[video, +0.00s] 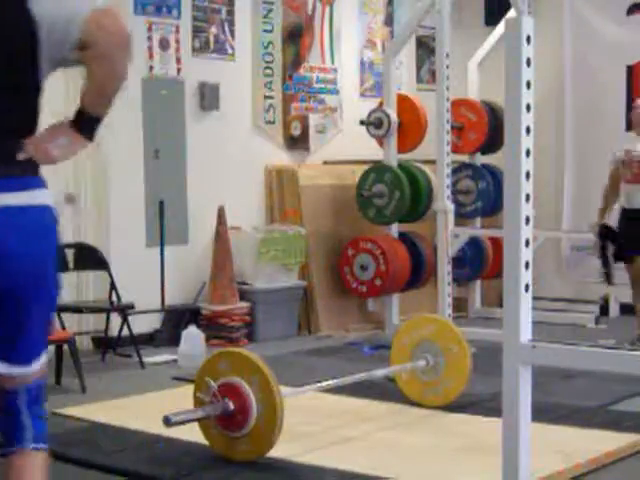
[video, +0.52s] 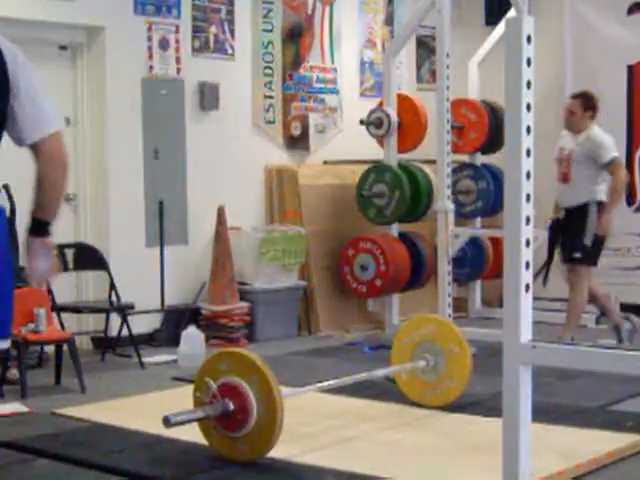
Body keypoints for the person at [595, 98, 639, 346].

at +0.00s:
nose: (634, 114)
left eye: (636, 109)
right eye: (634, 109)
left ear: (636, 118)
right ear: (631, 118)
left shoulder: (629, 155)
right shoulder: (625, 154)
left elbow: (613, 188)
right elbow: (613, 187)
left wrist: (602, 217)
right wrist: (603, 217)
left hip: (631, 212)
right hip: (629, 212)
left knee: (634, 277)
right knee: (634, 277)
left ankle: (637, 332)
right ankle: (636, 332)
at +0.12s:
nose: (620, 113)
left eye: (627, 109)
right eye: (620, 108)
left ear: (638, 115)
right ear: (619, 113)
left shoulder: (636, 140)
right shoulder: (615, 140)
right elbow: (602, 175)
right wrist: (587, 202)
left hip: (633, 206)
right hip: (617, 208)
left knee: (617, 259)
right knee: (611, 265)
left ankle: (635, 314)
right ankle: (629, 313)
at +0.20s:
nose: (616, 113)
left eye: (623, 109)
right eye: (617, 108)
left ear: (636, 114)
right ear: (616, 112)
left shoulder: (634, 139)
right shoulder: (612, 140)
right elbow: (598, 175)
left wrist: (582, 201)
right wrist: (582, 202)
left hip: (632, 205)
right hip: (616, 207)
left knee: (611, 259)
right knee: (631, 266)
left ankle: (631, 315)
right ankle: (631, 317)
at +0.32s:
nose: (604, 113)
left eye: (610, 109)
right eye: (604, 108)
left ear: (625, 114)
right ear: (604, 111)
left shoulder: (632, 138)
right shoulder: (597, 137)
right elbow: (587, 176)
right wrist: (569, 204)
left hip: (628, 205)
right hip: (605, 207)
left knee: (603, 268)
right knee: (626, 273)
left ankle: (593, 326)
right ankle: (637, 329)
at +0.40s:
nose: (585, 116)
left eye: (591, 112)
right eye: (585, 111)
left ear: (608, 116)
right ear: (588, 113)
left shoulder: (617, 140)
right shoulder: (584, 139)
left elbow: (635, 169)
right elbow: (574, 178)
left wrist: (634, 211)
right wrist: (560, 209)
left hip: (610, 208)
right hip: (588, 209)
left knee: (590, 271)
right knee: (610, 274)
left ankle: (577, 327)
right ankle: (633, 322)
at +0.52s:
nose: (566, 115)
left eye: (571, 111)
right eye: (566, 110)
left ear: (588, 114)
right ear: (570, 113)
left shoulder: (597, 139)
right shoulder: (565, 138)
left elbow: (619, 174)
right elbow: (564, 178)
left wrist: (607, 215)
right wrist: (557, 210)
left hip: (589, 208)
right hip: (568, 209)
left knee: (579, 274)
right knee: (574, 275)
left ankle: (567, 335)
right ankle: (619, 321)